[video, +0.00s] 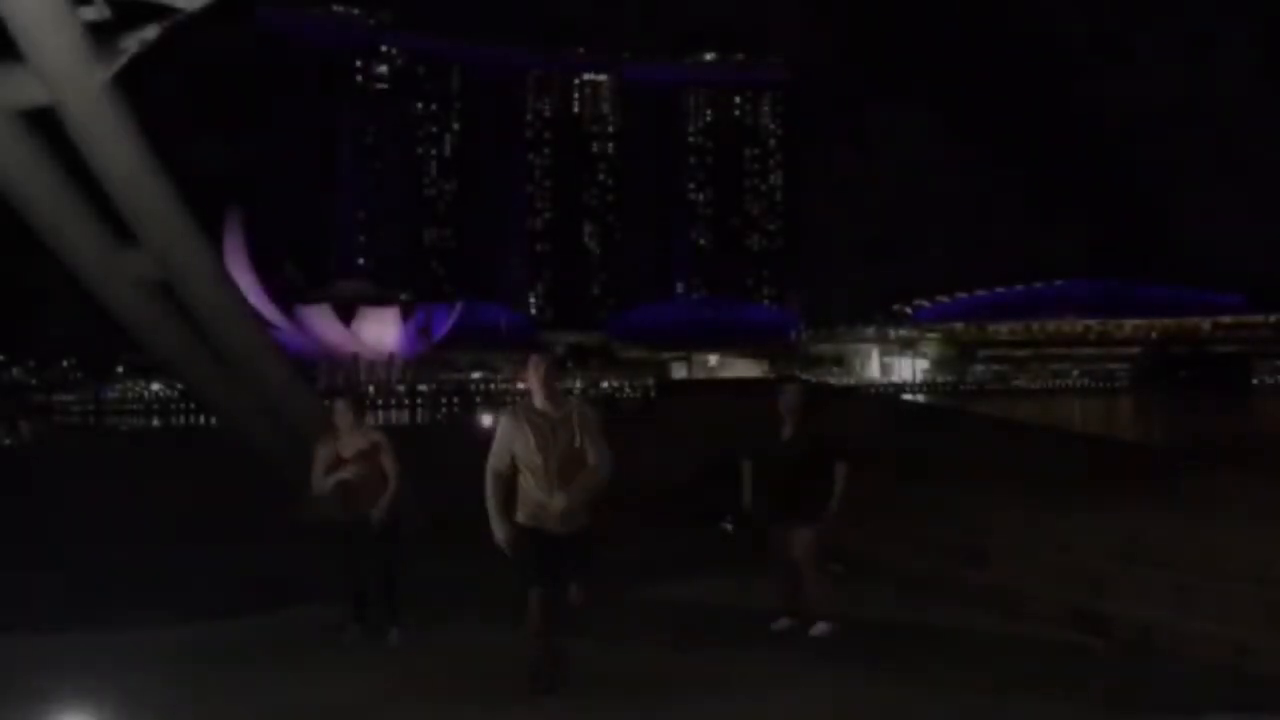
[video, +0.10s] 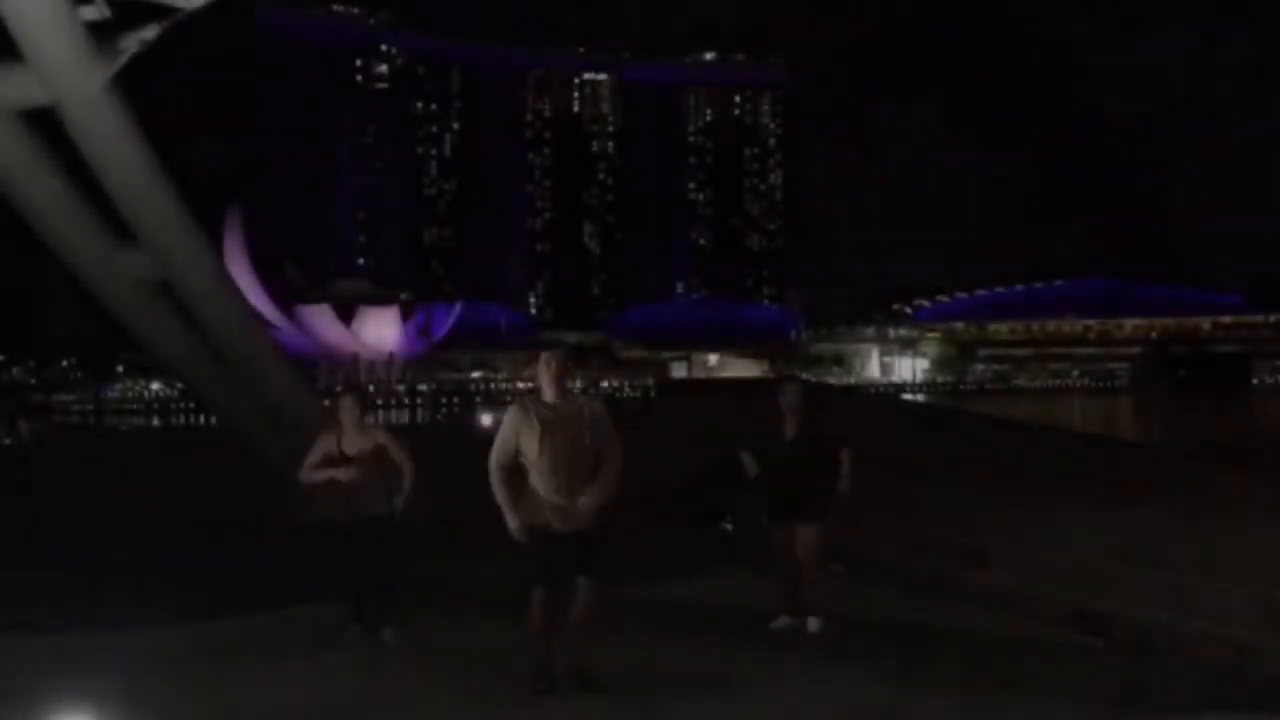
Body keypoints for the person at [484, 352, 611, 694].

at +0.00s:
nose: (545, 376)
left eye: (550, 369)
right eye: (538, 370)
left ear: (559, 375)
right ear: (526, 377)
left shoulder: (580, 416)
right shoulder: (513, 421)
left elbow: (599, 465)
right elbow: (496, 474)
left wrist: (570, 496)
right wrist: (499, 524)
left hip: (574, 526)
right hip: (532, 526)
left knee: (573, 599)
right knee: (537, 601)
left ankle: (562, 670)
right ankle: (538, 674)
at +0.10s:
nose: (555, 372)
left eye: (560, 365)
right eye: (548, 365)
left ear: (569, 371)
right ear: (538, 372)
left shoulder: (590, 411)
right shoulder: (521, 415)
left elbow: (611, 458)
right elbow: (498, 465)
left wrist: (592, 498)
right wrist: (512, 515)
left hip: (582, 522)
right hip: (540, 523)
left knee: (586, 594)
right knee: (542, 597)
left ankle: (574, 665)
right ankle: (540, 668)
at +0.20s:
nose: (571, 371)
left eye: (577, 364)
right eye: (564, 363)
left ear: (587, 369)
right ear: (552, 369)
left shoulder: (600, 409)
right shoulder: (536, 409)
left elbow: (610, 459)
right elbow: (511, 462)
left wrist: (606, 503)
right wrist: (525, 515)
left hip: (594, 525)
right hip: (550, 526)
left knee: (598, 603)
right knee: (548, 604)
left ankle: (591, 676)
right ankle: (541, 674)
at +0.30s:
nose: (588, 377)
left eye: (593, 369)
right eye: (581, 369)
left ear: (602, 374)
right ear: (566, 375)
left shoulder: (609, 416)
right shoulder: (550, 418)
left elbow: (612, 469)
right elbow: (523, 471)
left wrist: (621, 515)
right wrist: (541, 529)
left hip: (607, 529)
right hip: (565, 533)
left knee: (608, 606)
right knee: (563, 607)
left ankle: (597, 679)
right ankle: (543, 676)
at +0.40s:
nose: (604, 387)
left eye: (608, 379)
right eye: (596, 379)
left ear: (616, 383)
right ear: (581, 384)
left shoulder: (619, 429)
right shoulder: (568, 424)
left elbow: (632, 474)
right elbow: (525, 474)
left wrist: (650, 512)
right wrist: (551, 520)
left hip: (614, 531)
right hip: (574, 532)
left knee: (612, 604)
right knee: (587, 598)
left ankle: (597, 677)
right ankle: (558, 658)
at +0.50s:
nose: (617, 393)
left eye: (622, 386)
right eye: (610, 385)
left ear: (629, 390)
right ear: (594, 388)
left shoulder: (634, 432)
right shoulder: (576, 426)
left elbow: (667, 483)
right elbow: (537, 476)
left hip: (614, 525)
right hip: (574, 523)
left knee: (621, 598)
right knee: (604, 583)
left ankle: (602, 678)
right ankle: (586, 677)